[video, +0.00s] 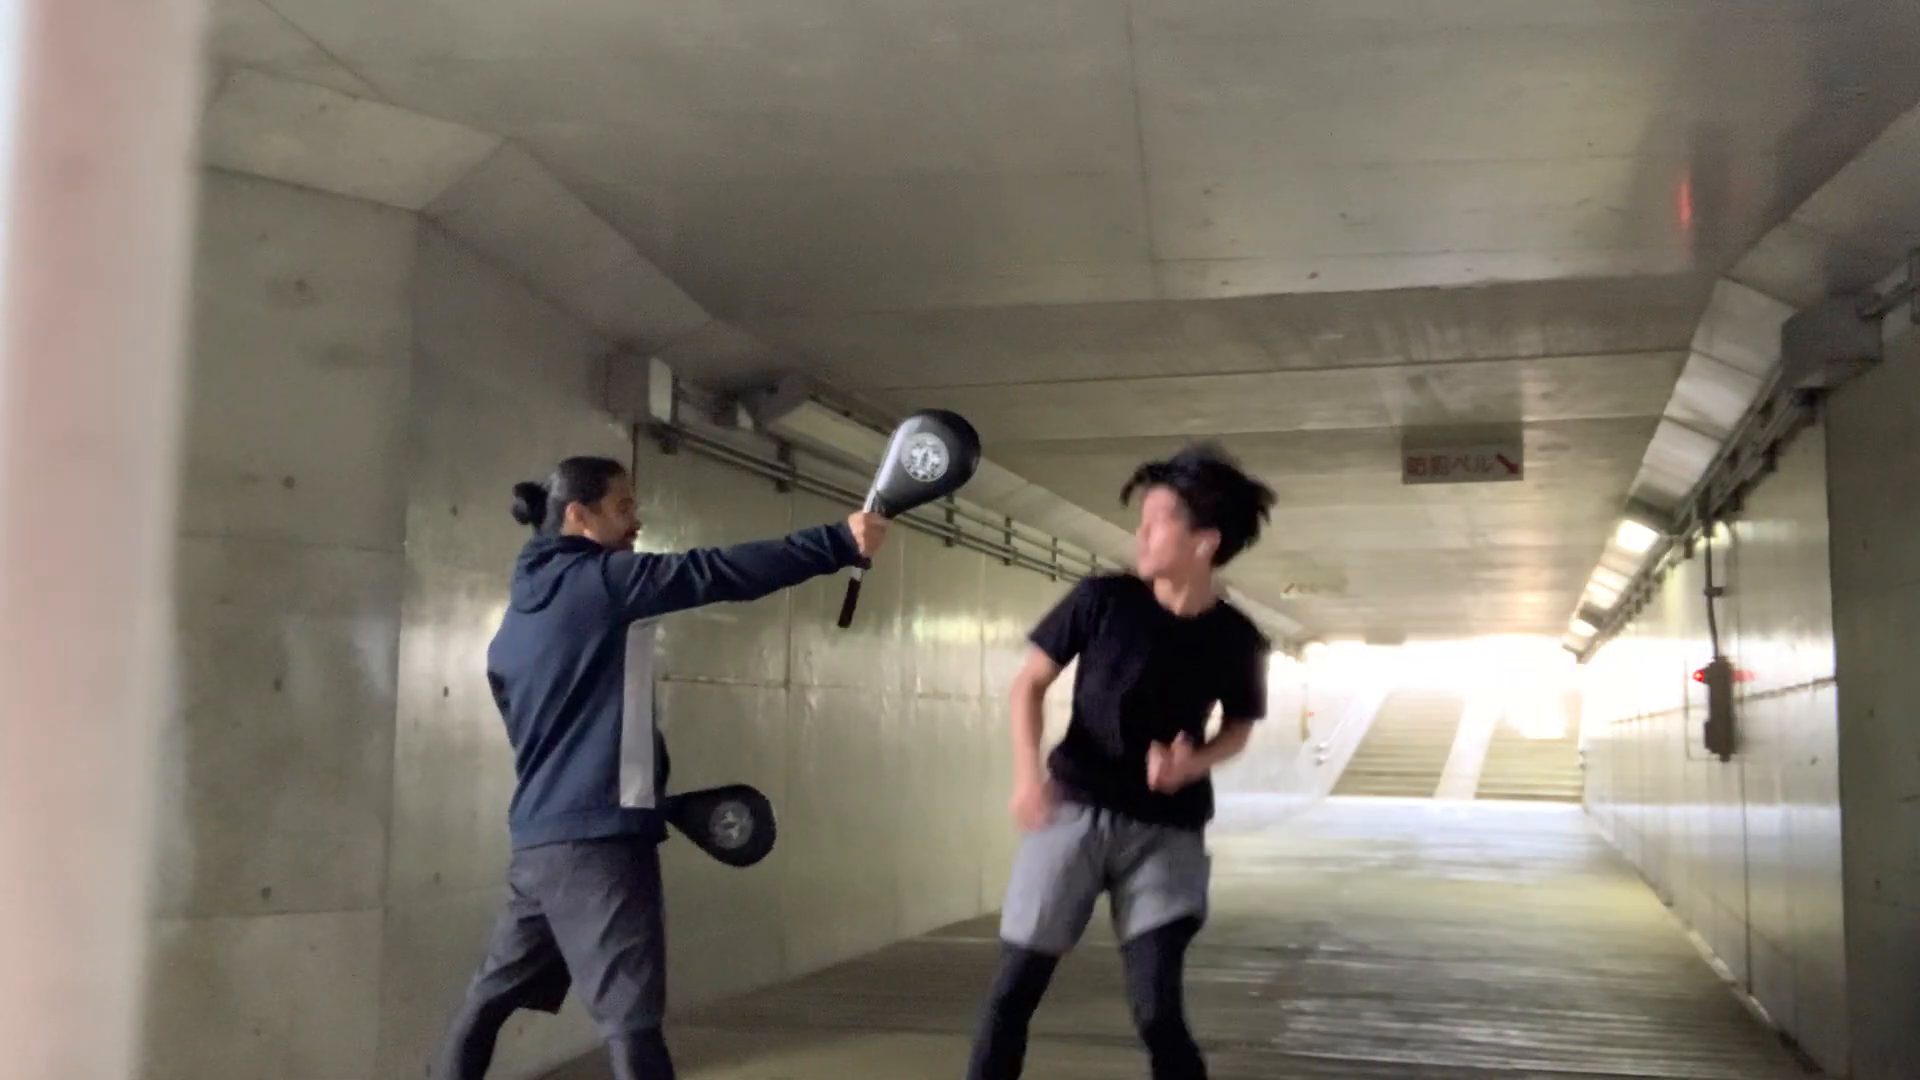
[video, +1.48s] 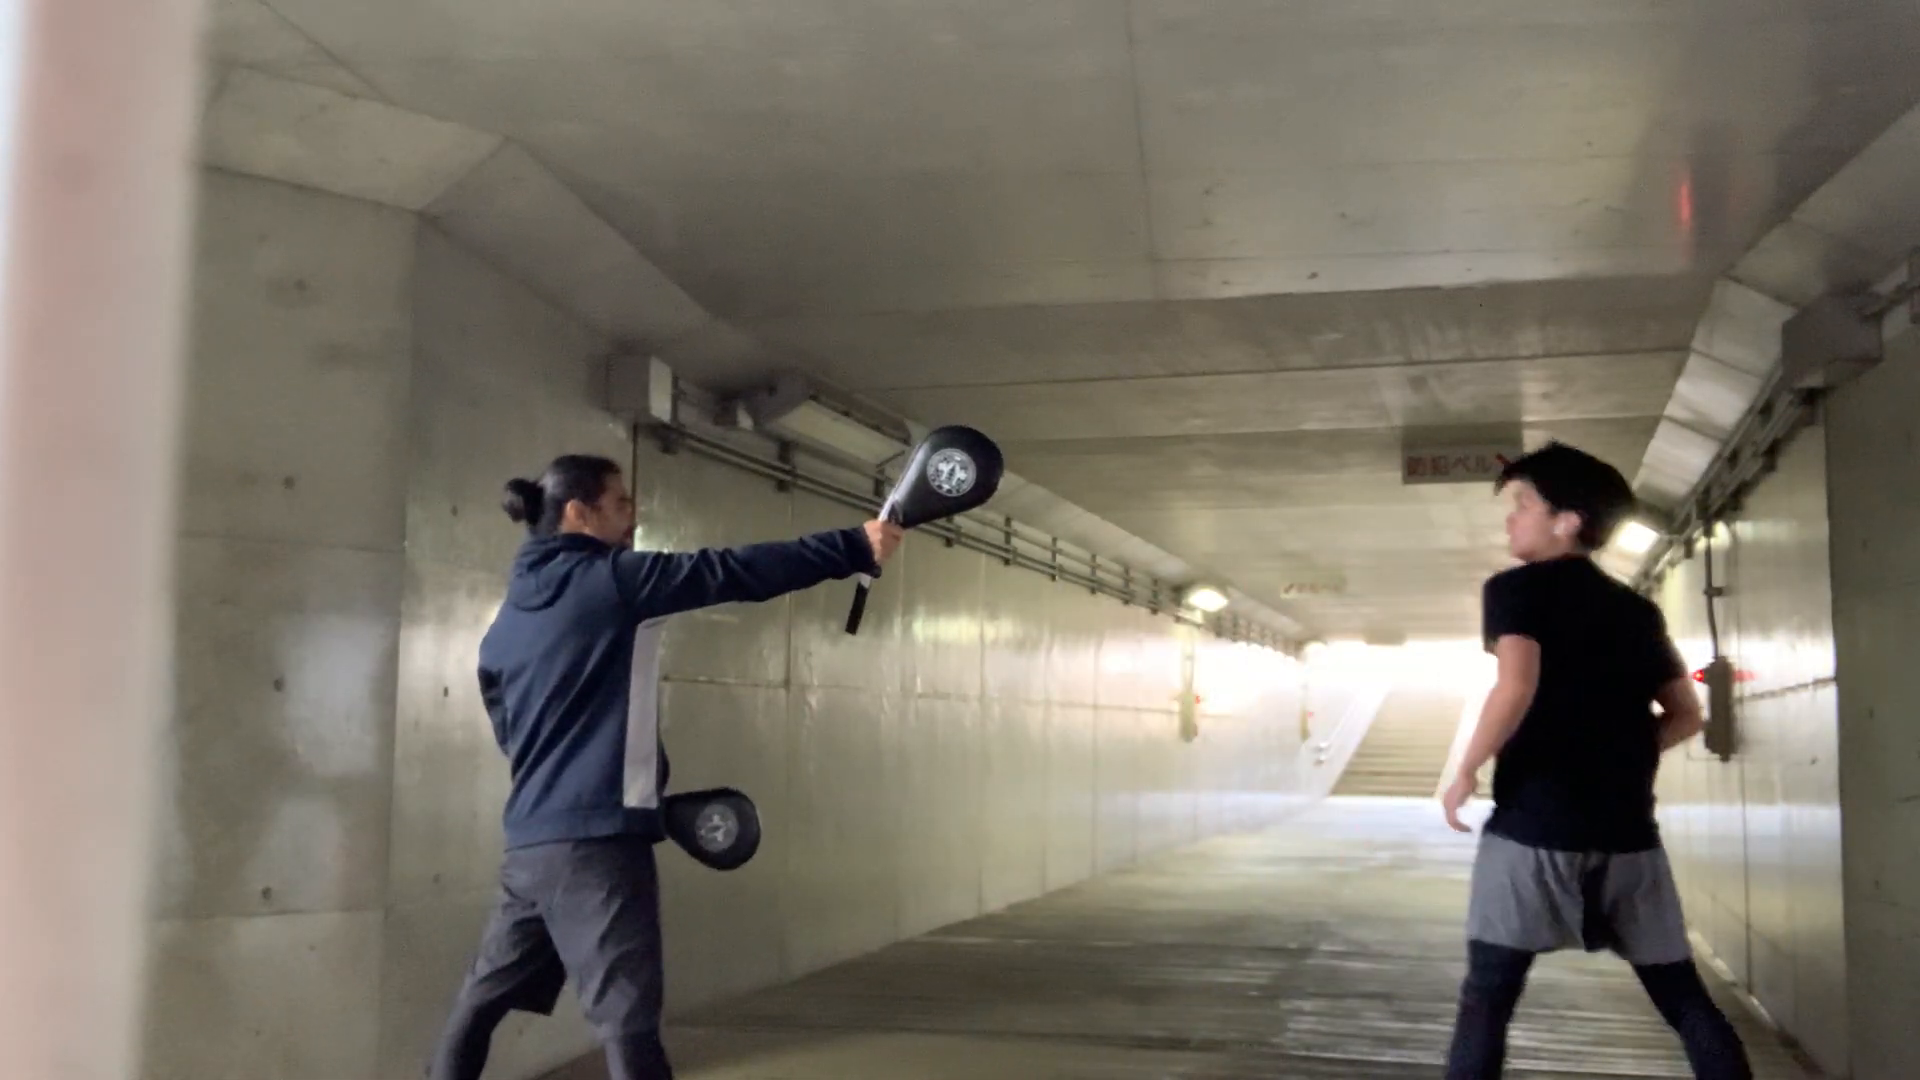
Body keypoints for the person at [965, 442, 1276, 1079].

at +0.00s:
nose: (1140, 537)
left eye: (1155, 524)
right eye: (1142, 522)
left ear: (1208, 542)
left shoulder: (1237, 639)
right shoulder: (1101, 600)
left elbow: (1238, 729)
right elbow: (1028, 682)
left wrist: (1198, 761)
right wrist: (1029, 776)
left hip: (1166, 835)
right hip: (1070, 816)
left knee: (1158, 1017)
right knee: (1010, 999)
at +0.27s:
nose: (1160, 559)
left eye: (1173, 545)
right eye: (1164, 544)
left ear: (1218, 563)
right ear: (1215, 565)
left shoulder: (1228, 646)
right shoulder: (1224, 640)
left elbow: (1231, 776)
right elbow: (1213, 762)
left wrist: (1139, 755)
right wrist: (1145, 812)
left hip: (1214, 873)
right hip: (1188, 858)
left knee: (1138, 1025)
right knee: (1102, 996)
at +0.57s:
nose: (1331, 551)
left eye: (1342, 538)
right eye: (1336, 537)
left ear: (1377, 552)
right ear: (1402, 558)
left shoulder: (1333, 630)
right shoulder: (1444, 640)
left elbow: (1315, 725)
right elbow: (1497, 766)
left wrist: (1261, 807)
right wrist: (1436, 804)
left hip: (1354, 867)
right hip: (1440, 861)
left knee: (1254, 1006)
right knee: (1531, 988)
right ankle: (1613, 1069)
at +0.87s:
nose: (1491, 585)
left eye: (1501, 572)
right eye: (1493, 572)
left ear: (1544, 580)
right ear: (1566, 586)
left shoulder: (1506, 658)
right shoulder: (1633, 675)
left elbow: (1491, 764)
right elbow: (1687, 782)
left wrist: (1441, 852)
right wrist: (1624, 836)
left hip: (1538, 886)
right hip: (1635, 889)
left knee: (1421, 1010)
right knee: (1689, 1051)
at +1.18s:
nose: (1484, 564)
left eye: (1496, 549)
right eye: (1488, 549)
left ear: (1537, 568)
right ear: (1546, 571)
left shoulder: (1490, 647)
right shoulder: (1619, 673)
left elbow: (1431, 754)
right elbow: (1631, 790)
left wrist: (1375, 830)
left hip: (1505, 866)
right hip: (1598, 874)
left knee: (1427, 1034)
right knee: (1641, 1045)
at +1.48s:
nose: (1507, 522)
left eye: (1520, 507)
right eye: (1508, 508)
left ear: (1567, 522)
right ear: (1572, 526)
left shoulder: (1517, 590)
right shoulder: (1636, 607)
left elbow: (1516, 686)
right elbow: (1687, 716)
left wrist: (1465, 769)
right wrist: (1626, 748)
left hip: (1534, 833)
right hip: (1628, 834)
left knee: (1486, 1002)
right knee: (1687, 1004)